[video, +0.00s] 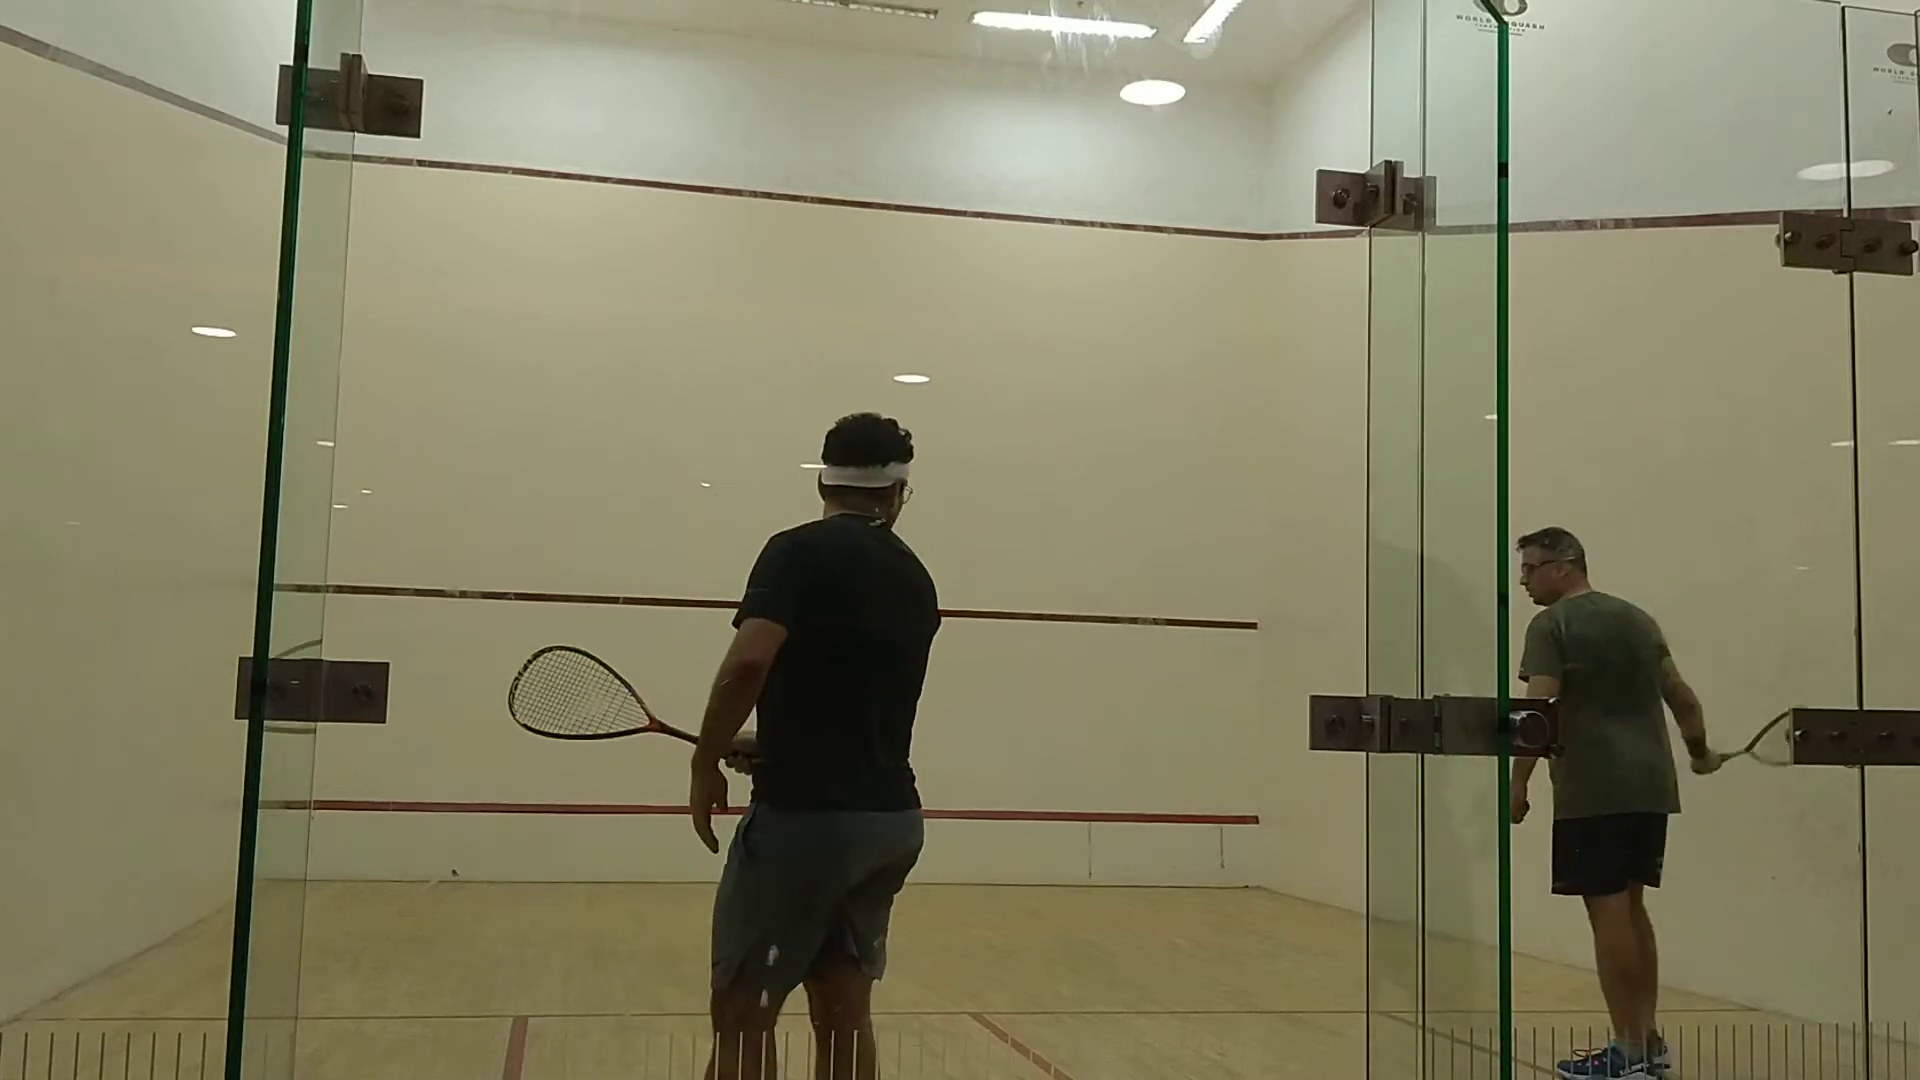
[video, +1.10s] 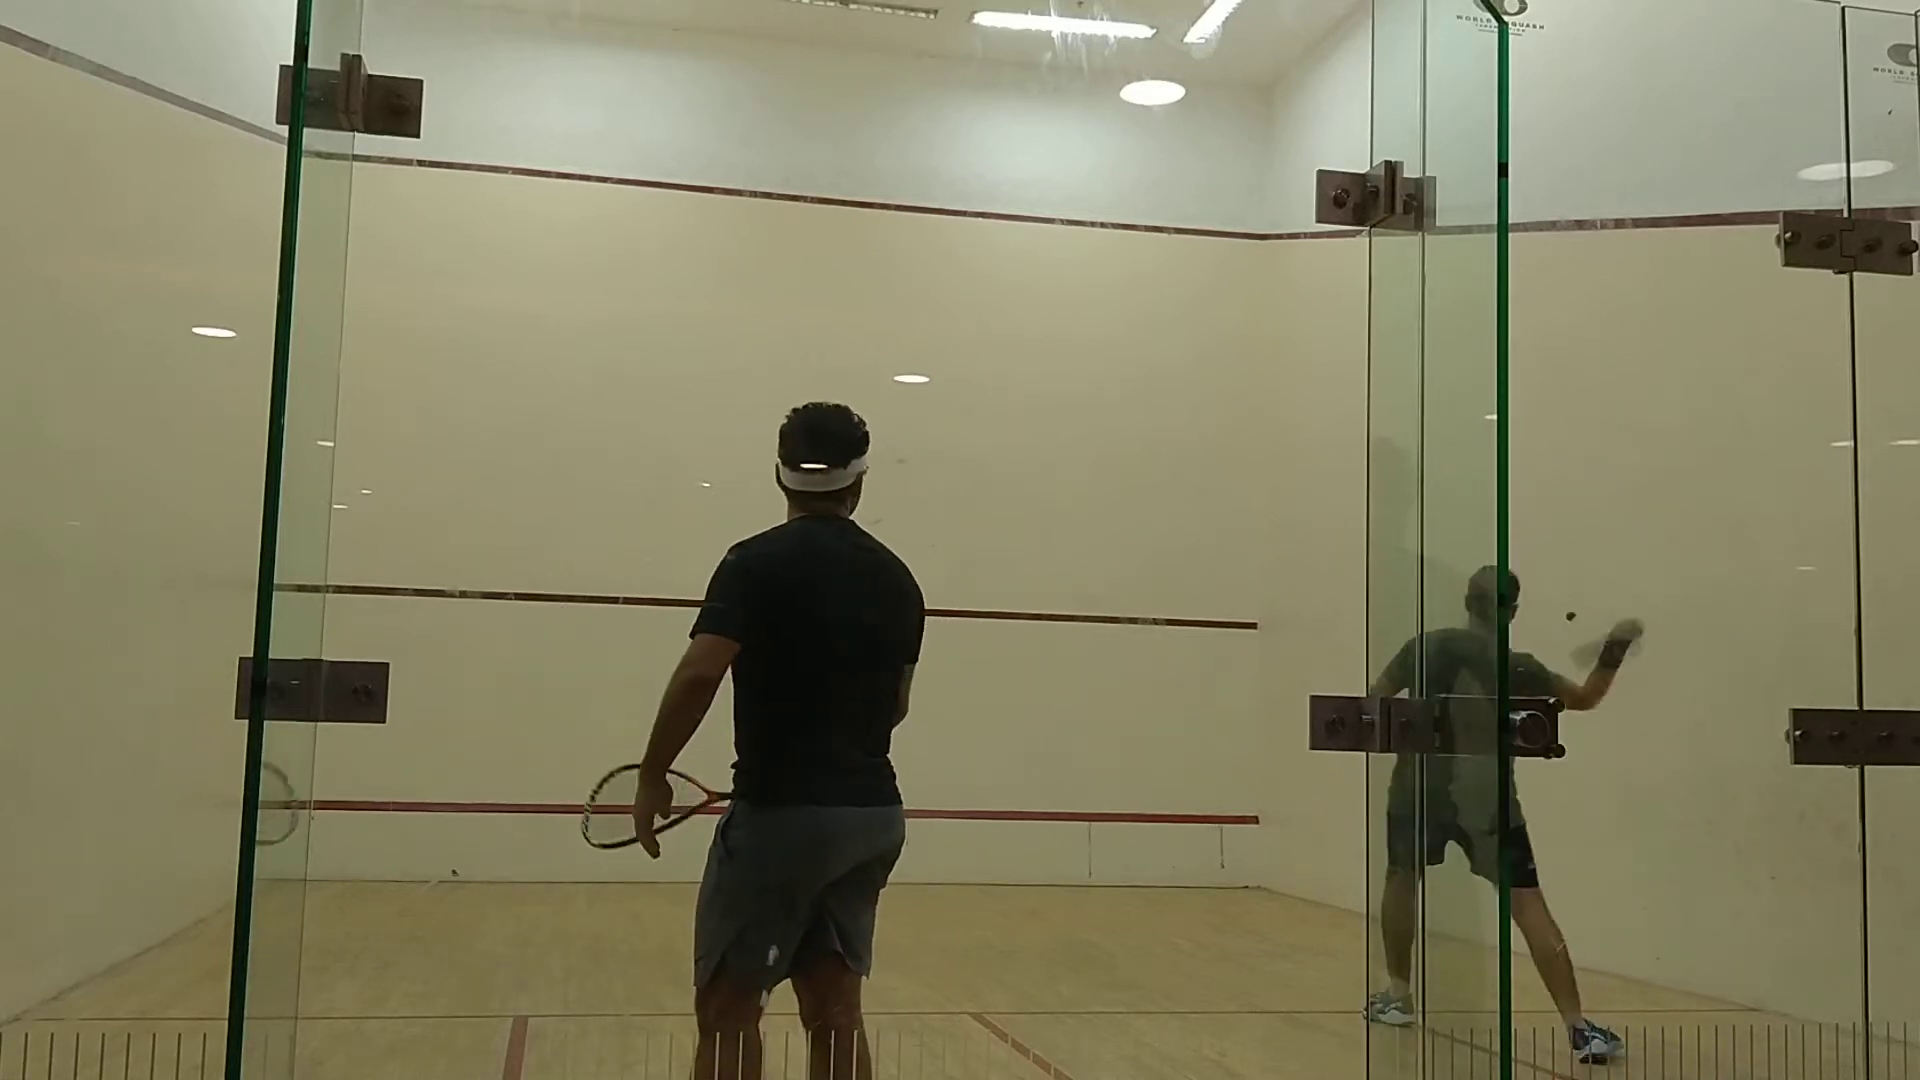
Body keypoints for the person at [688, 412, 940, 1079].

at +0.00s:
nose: (899, 499)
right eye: (901, 489)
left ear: (824, 483)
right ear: (900, 492)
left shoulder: (794, 553)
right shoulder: (916, 579)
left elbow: (747, 666)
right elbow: (874, 706)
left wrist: (706, 758)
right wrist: (770, 742)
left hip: (797, 824)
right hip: (890, 823)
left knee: (742, 1014)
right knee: (843, 1007)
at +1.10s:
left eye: (793, 469)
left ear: (781, 477)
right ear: (859, 482)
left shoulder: (751, 563)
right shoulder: (897, 580)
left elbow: (700, 674)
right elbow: (893, 707)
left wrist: (653, 772)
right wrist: (801, 757)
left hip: (772, 824)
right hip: (871, 821)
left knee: (727, 1012)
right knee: (834, 1004)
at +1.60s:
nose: (770, 473)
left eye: (771, 463)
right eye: (778, 462)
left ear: (774, 475)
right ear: (849, 475)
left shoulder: (796, 559)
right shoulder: (882, 561)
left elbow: (794, 673)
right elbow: (869, 699)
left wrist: (730, 799)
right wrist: (789, 803)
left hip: (818, 818)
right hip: (890, 815)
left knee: (772, 1007)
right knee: (835, 1004)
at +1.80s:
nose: (773, 476)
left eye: (774, 464)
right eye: (779, 463)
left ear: (785, 482)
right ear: (861, 479)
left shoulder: (821, 567)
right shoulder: (889, 558)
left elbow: (823, 696)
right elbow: (891, 708)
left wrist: (774, 831)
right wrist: (813, 832)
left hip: (857, 830)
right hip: (908, 825)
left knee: (821, 1024)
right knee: (837, 1017)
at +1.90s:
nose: (781, 487)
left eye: (783, 475)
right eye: (785, 474)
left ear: (798, 494)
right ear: (870, 492)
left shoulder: (842, 583)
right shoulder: (892, 571)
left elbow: (841, 709)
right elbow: (898, 722)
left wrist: (782, 845)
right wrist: (827, 827)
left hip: (883, 852)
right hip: (879, 847)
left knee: (889, 1047)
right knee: (800, 1008)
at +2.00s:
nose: (782, 497)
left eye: (787, 483)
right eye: (786, 482)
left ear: (810, 499)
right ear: (867, 498)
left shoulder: (865, 586)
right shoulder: (882, 575)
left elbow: (864, 715)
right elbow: (892, 727)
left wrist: (798, 852)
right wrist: (814, 812)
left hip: (905, 851)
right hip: (872, 846)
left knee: (903, 1052)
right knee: (781, 1015)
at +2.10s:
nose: (764, 492)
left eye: (773, 477)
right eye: (767, 476)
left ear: (814, 491)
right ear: (824, 491)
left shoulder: (876, 575)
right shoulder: (862, 569)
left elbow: (889, 711)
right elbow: (883, 713)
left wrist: (822, 849)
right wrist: (816, 778)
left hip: (912, 849)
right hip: (865, 844)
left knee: (913, 1052)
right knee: (763, 1014)